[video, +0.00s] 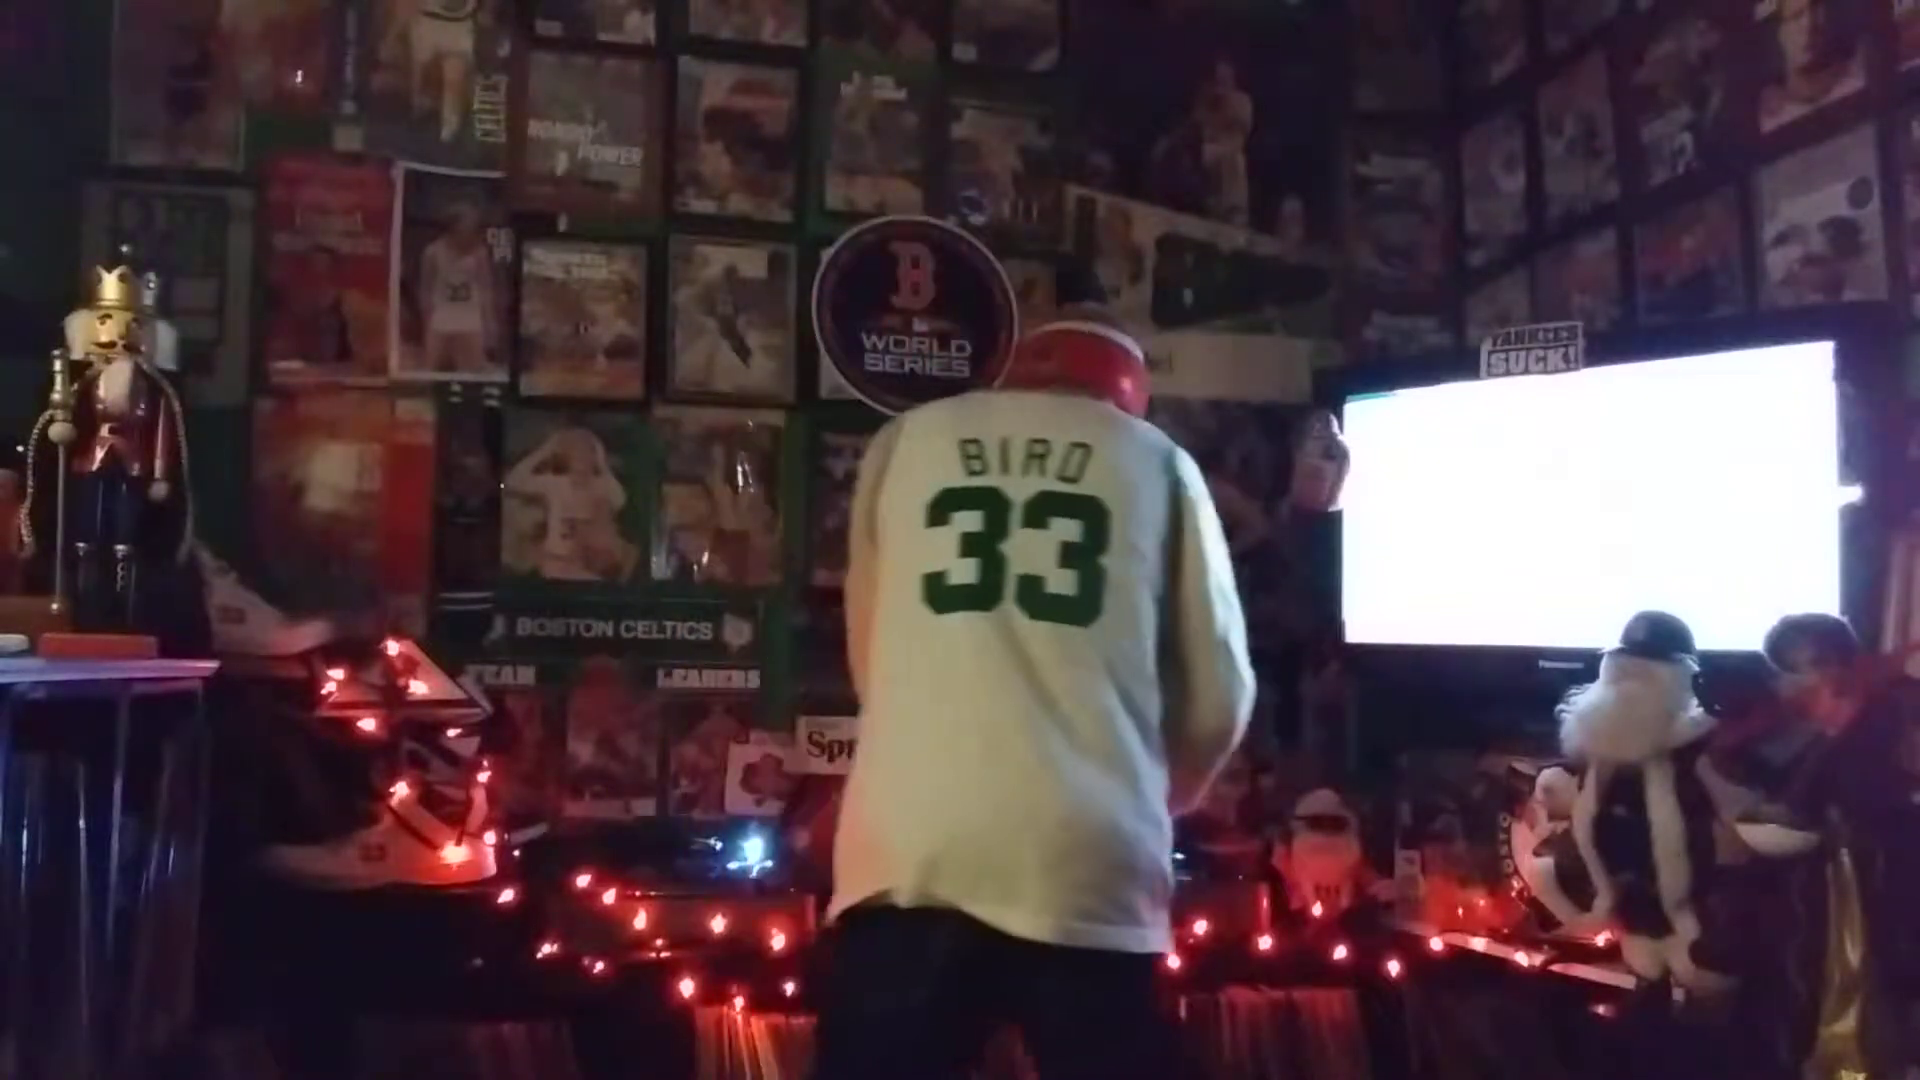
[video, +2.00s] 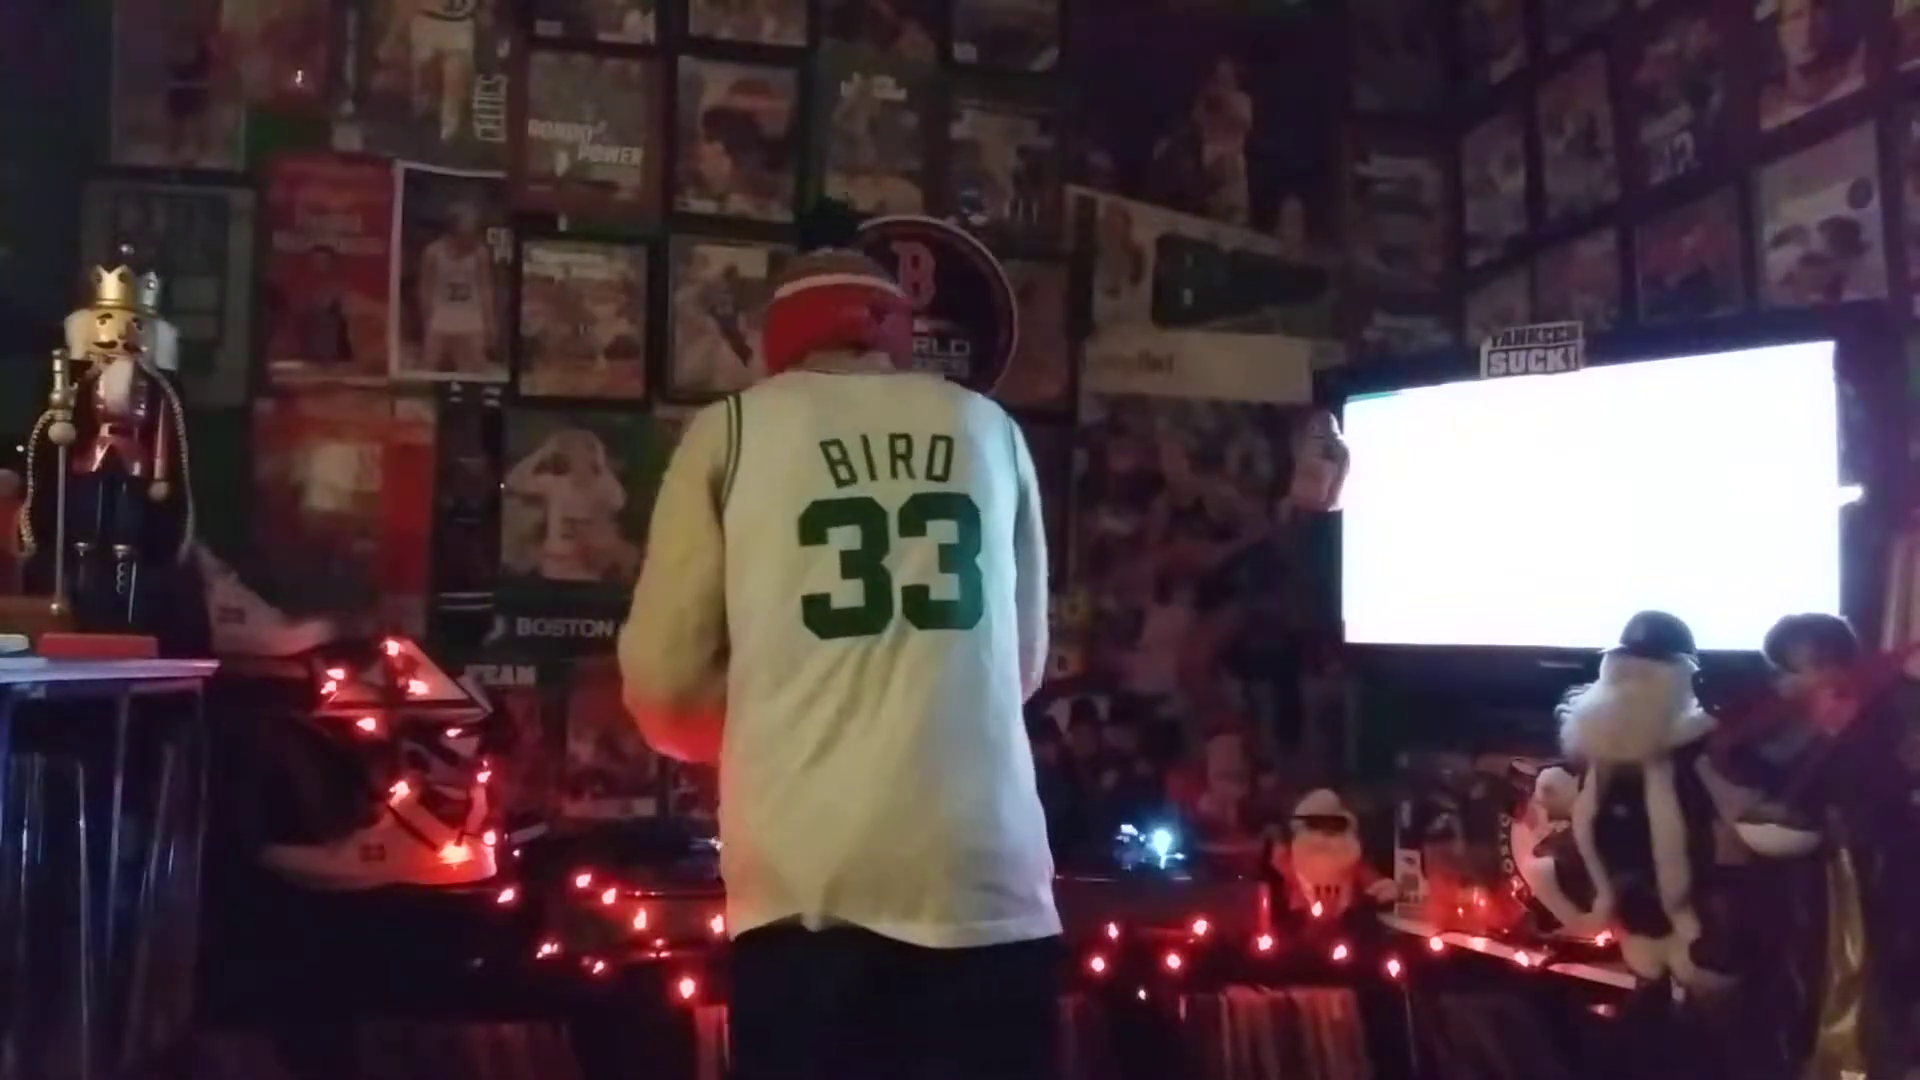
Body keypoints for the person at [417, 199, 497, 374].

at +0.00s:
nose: (467, 234)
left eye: (471, 229)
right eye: (463, 228)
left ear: (476, 229)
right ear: (453, 227)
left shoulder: (479, 252)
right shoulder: (434, 252)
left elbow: (486, 289)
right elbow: (425, 287)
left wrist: (490, 324)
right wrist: (427, 316)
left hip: (470, 323)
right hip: (440, 323)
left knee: (471, 378)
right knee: (435, 377)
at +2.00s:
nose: (466, 235)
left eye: (470, 230)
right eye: (462, 230)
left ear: (475, 230)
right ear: (453, 228)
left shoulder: (480, 253)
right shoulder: (434, 252)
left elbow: (486, 290)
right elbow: (425, 288)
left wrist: (490, 324)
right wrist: (428, 318)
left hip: (471, 326)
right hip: (440, 325)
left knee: (472, 379)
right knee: (435, 378)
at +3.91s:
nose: (469, 236)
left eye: (472, 231)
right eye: (464, 230)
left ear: (477, 231)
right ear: (455, 229)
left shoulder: (481, 254)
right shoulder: (433, 253)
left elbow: (488, 291)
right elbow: (425, 289)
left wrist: (490, 323)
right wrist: (427, 319)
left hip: (471, 330)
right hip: (439, 330)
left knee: (472, 383)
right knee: (433, 382)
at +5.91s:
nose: (465, 236)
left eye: (470, 231)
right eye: (462, 231)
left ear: (475, 231)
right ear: (452, 229)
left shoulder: (480, 252)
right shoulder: (434, 253)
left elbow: (487, 289)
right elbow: (425, 287)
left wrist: (490, 323)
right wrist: (427, 315)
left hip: (472, 326)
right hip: (441, 326)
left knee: (474, 376)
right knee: (432, 377)